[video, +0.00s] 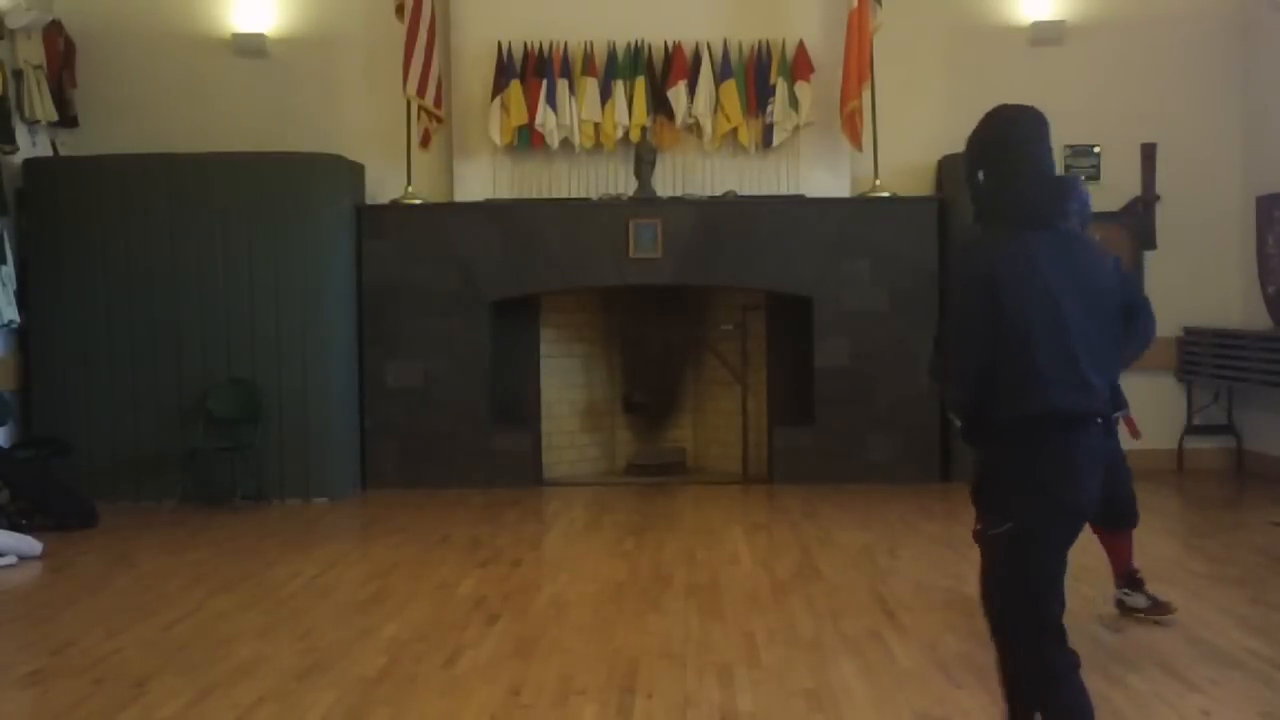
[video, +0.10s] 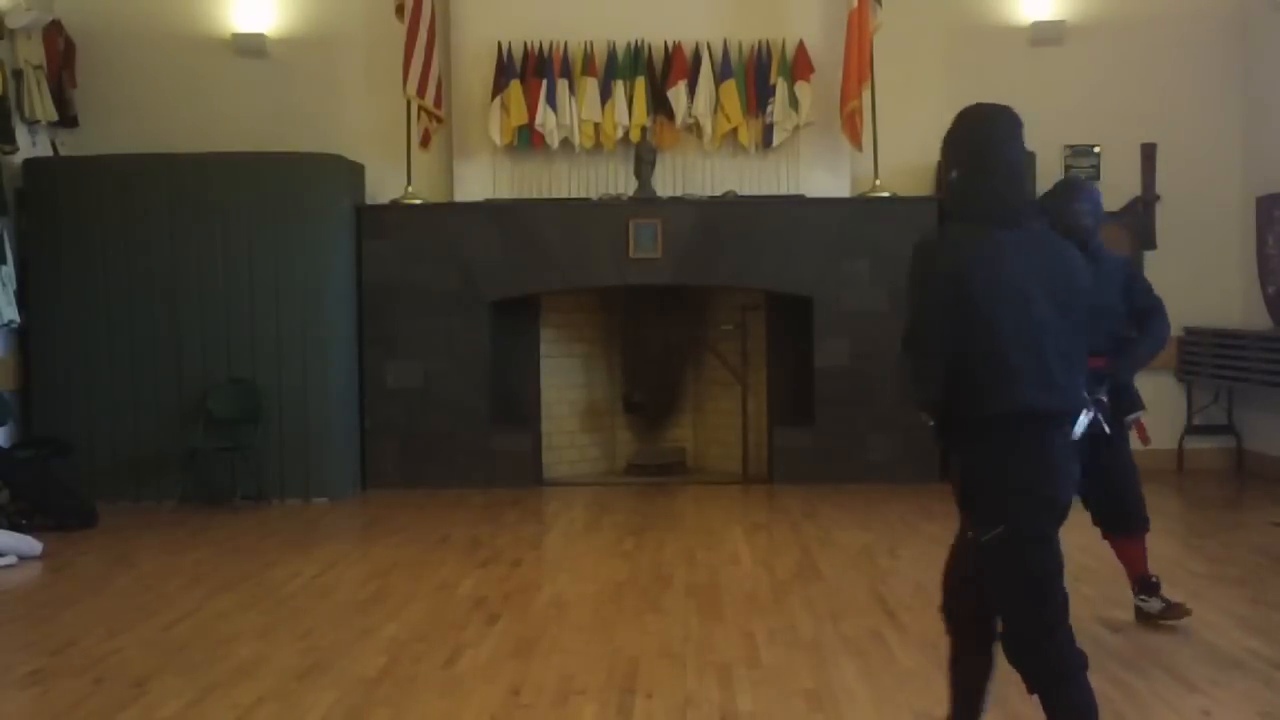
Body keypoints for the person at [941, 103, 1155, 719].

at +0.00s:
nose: (973, 179)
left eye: (976, 169)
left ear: (983, 176)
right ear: (1046, 169)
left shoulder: (978, 259)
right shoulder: (1084, 253)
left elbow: (957, 371)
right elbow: (1138, 326)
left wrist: (981, 427)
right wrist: (1085, 377)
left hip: (1020, 456)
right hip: (1082, 450)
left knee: (1026, 618)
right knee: (1016, 600)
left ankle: (1064, 709)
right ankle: (1027, 707)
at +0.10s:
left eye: (949, 165)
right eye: (1021, 157)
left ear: (954, 169)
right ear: (1022, 167)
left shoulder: (944, 252)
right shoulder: (1058, 254)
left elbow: (925, 363)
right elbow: (1098, 337)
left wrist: (945, 418)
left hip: (986, 454)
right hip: (1050, 451)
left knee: (1038, 634)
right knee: (968, 598)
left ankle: (1076, 706)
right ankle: (964, 710)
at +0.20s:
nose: (916, 180)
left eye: (919, 170)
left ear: (923, 176)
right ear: (991, 175)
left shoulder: (909, 260)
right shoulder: (1029, 264)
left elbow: (892, 367)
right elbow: (1048, 364)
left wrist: (921, 432)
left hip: (961, 461)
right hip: (1019, 455)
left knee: (1034, 639)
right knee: (928, 617)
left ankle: (1073, 705)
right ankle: (909, 710)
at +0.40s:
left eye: (856, 173)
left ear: (852, 180)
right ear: (916, 184)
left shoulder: (829, 266)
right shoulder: (947, 271)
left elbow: (819, 378)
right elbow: (967, 369)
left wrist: (848, 451)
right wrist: (937, 439)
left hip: (878, 470)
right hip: (930, 466)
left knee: (917, 644)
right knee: (853, 626)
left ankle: (1001, 711)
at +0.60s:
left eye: (777, 156)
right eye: (838, 161)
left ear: (775, 164)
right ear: (840, 168)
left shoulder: (750, 252)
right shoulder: (873, 253)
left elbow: (722, 374)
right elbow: (897, 367)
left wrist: (773, 413)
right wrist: (853, 410)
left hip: (784, 465)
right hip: (857, 465)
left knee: (728, 616)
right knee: (837, 627)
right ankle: (846, 715)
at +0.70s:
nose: (806, 177)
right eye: (803, 167)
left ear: (734, 169)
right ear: (799, 171)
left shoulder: (705, 253)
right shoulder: (834, 254)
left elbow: (680, 380)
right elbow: (858, 377)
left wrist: (735, 425)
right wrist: (808, 417)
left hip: (739, 469)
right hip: (816, 469)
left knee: (673, 630)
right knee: (817, 627)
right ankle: (838, 711)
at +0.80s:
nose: (760, 187)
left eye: (756, 176)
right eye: (758, 176)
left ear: (689, 178)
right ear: (754, 180)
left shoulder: (652, 263)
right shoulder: (790, 262)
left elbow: (611, 383)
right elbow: (817, 387)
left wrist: (663, 443)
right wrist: (781, 438)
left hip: (685, 478)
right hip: (766, 480)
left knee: (633, 645)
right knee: (787, 632)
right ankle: (826, 709)